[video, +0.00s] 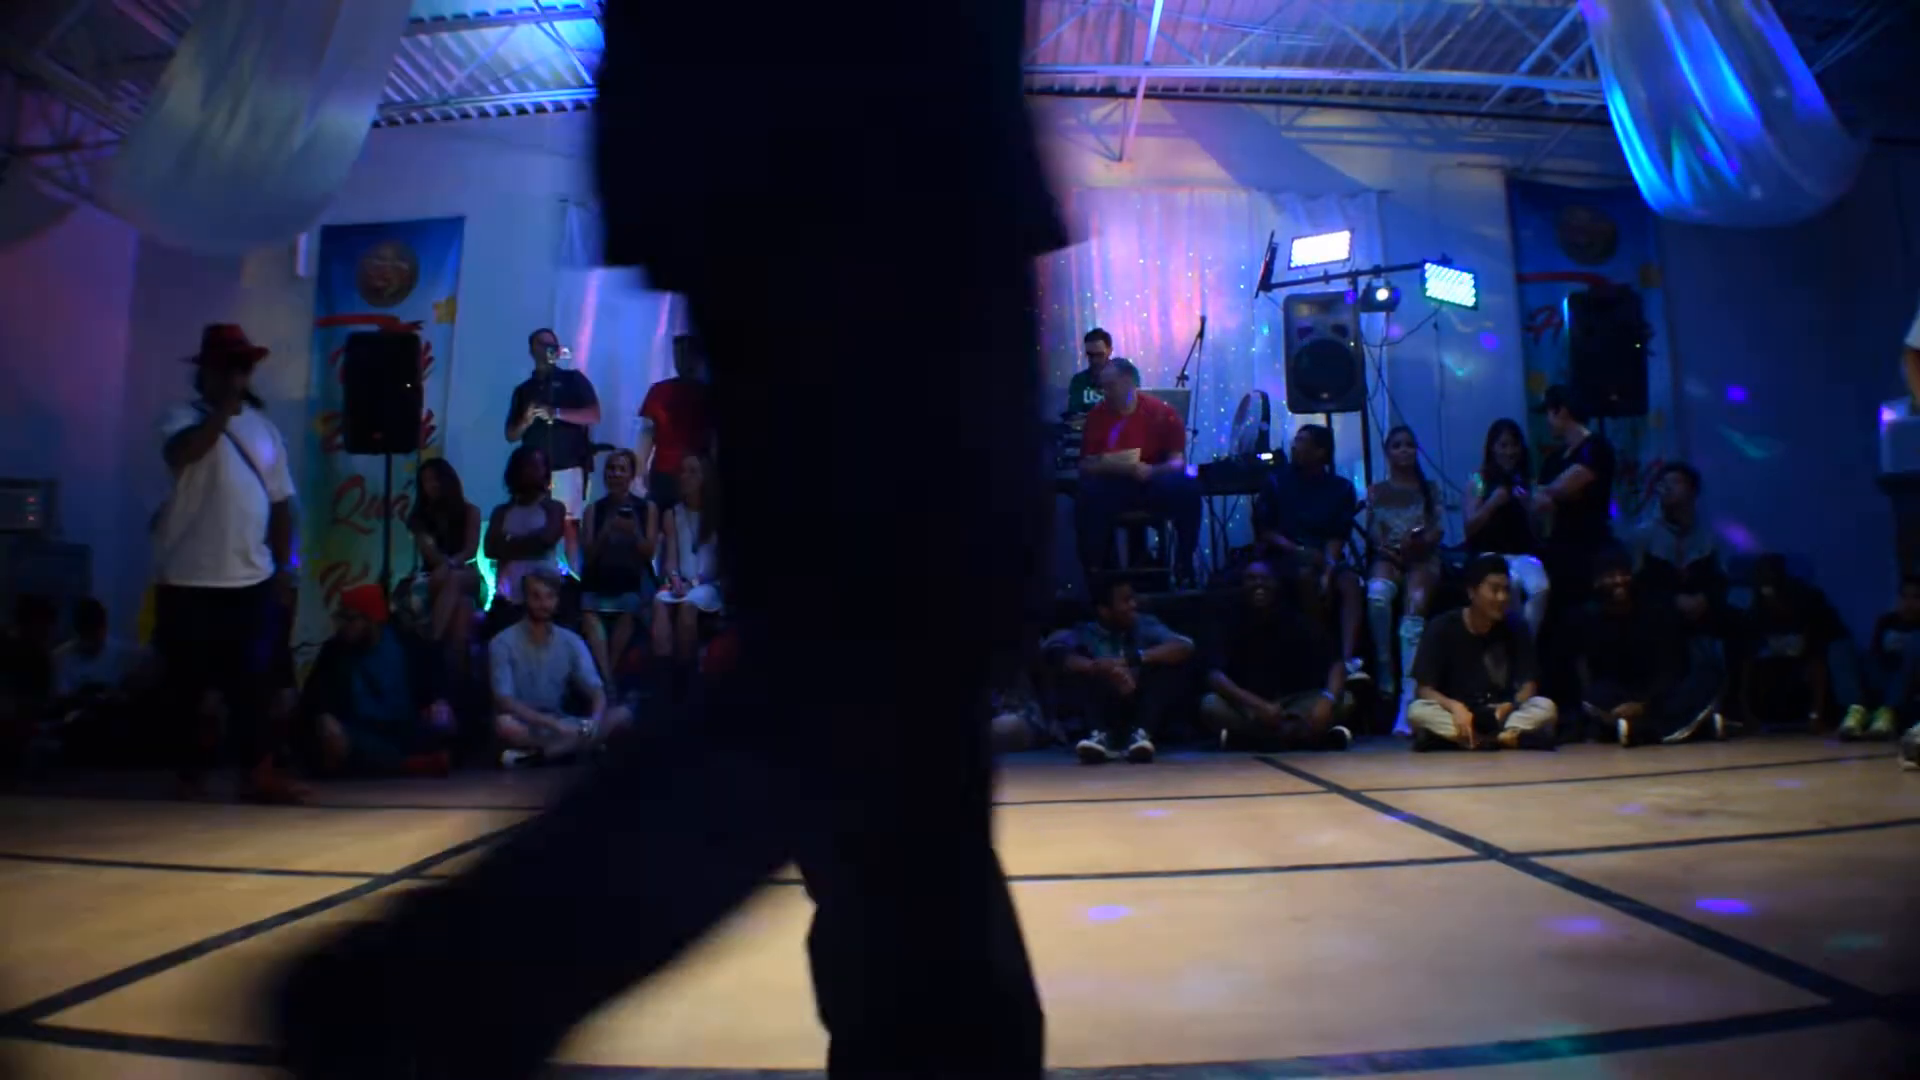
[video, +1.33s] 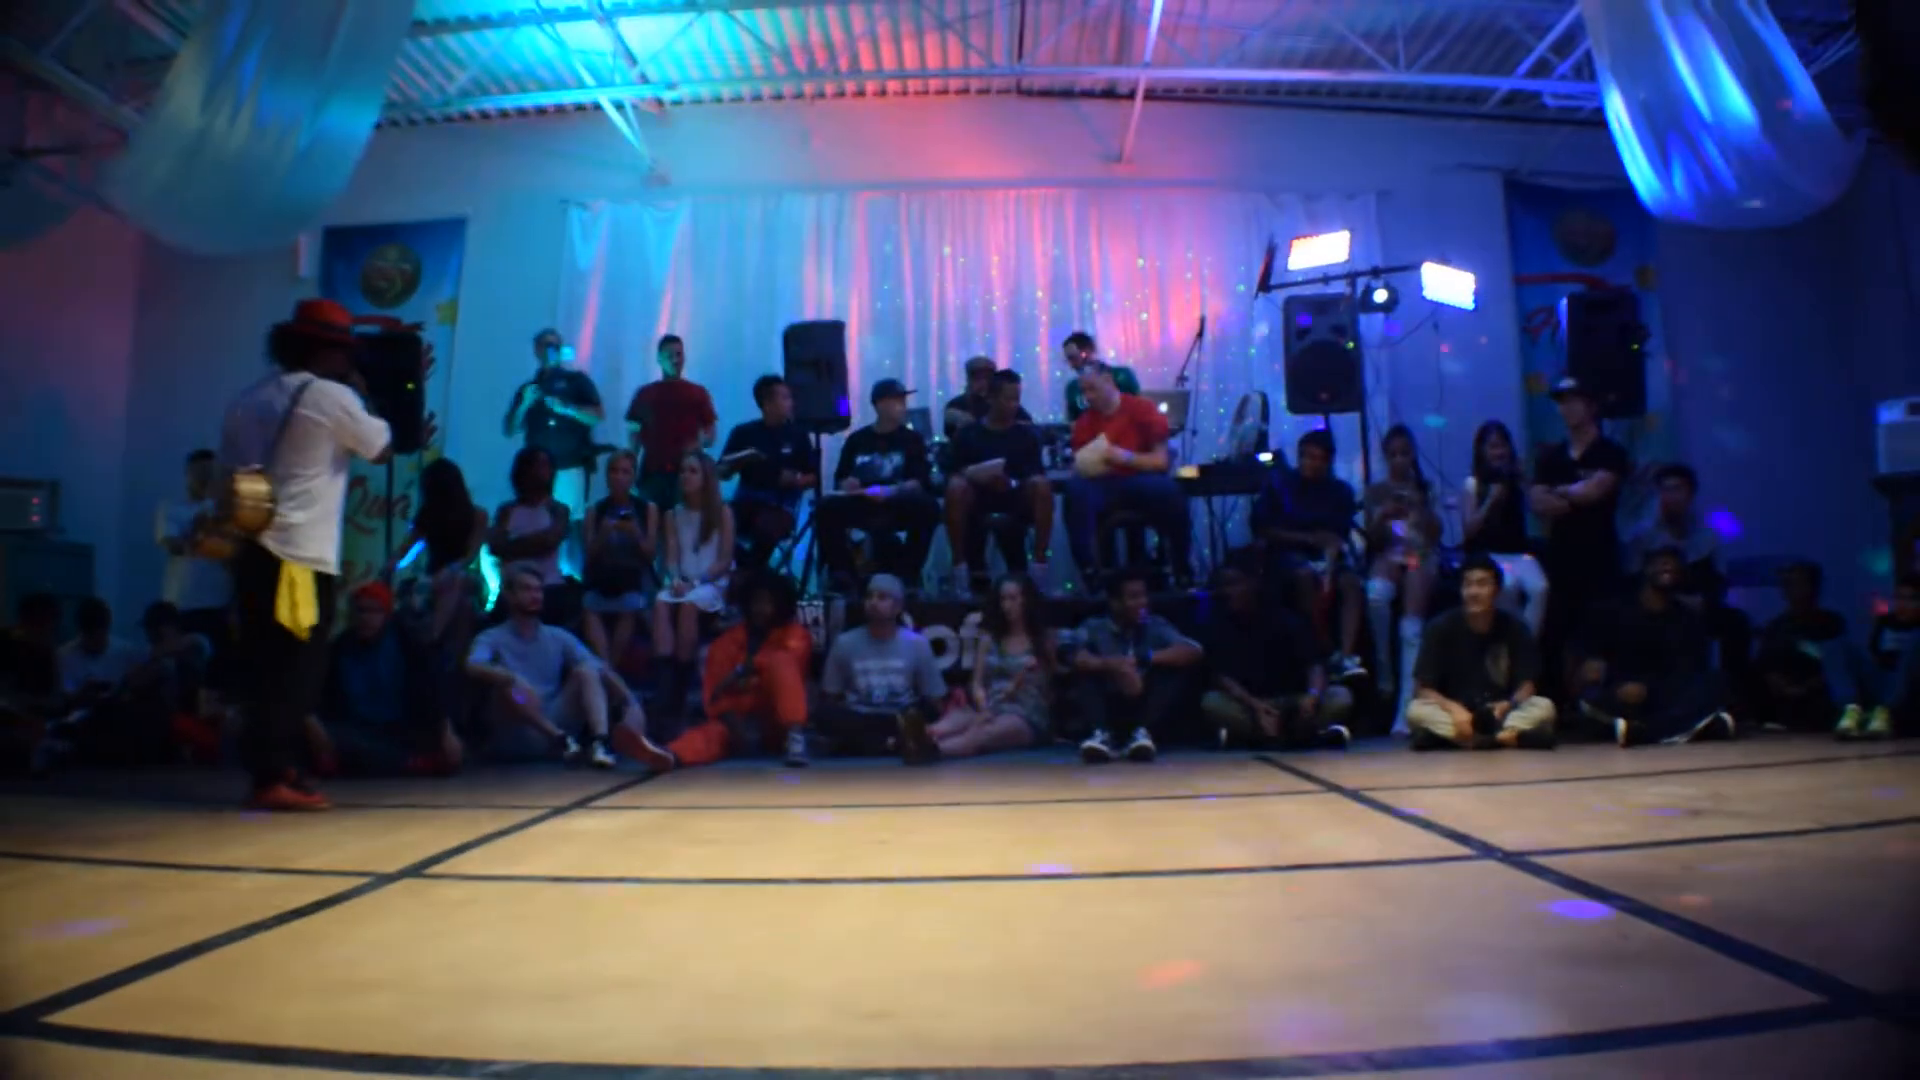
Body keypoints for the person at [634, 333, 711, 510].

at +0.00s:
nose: (684, 360)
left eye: (689, 353)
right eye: (680, 353)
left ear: (700, 357)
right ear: (674, 357)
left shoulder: (709, 391)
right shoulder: (660, 391)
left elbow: (714, 436)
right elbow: (647, 434)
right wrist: (640, 473)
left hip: (700, 475)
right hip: (665, 473)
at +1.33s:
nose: (674, 360)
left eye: (678, 355)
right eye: (668, 356)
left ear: (684, 358)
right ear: (659, 359)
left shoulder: (698, 394)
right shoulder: (645, 394)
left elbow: (709, 433)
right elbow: (633, 434)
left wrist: (692, 448)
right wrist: (630, 472)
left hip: (686, 472)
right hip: (653, 469)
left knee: (683, 528)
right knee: (650, 528)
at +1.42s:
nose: (675, 360)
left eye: (679, 355)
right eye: (669, 356)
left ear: (684, 357)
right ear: (659, 359)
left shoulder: (698, 393)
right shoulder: (643, 393)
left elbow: (711, 433)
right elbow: (632, 434)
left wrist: (695, 429)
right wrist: (629, 471)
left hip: (686, 475)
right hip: (652, 472)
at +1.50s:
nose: (675, 360)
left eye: (679, 354)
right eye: (669, 355)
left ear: (684, 357)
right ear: (659, 359)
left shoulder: (697, 392)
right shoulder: (643, 392)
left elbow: (711, 431)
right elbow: (632, 433)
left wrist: (692, 413)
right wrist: (628, 471)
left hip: (686, 476)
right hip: (651, 474)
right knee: (648, 533)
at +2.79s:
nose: (669, 360)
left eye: (674, 354)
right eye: (664, 356)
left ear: (684, 357)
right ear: (659, 360)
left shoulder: (699, 393)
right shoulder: (645, 393)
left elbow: (713, 431)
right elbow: (634, 434)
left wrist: (690, 423)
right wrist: (629, 471)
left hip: (688, 476)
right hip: (653, 473)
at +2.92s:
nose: (659, 361)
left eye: (664, 355)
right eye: (656, 356)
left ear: (680, 356)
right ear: (654, 360)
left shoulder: (699, 393)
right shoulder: (644, 393)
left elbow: (711, 433)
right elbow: (634, 433)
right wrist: (628, 469)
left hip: (686, 476)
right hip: (652, 473)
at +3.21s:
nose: (656, 361)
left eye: (661, 355)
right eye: (655, 356)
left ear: (679, 356)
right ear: (653, 360)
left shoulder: (699, 393)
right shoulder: (645, 392)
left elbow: (711, 435)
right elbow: (634, 434)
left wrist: (715, 473)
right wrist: (628, 471)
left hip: (687, 478)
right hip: (651, 475)